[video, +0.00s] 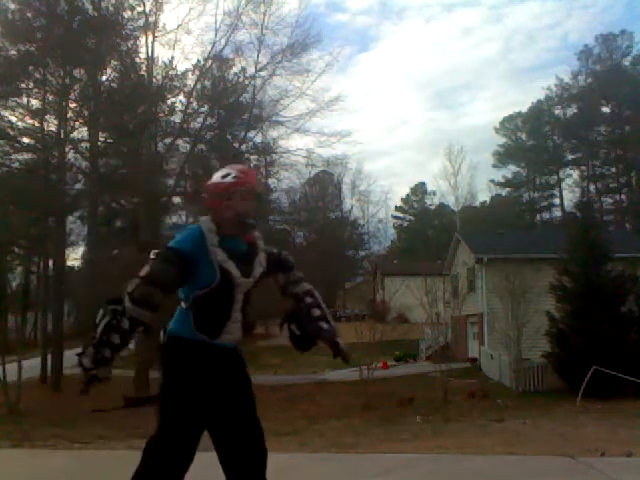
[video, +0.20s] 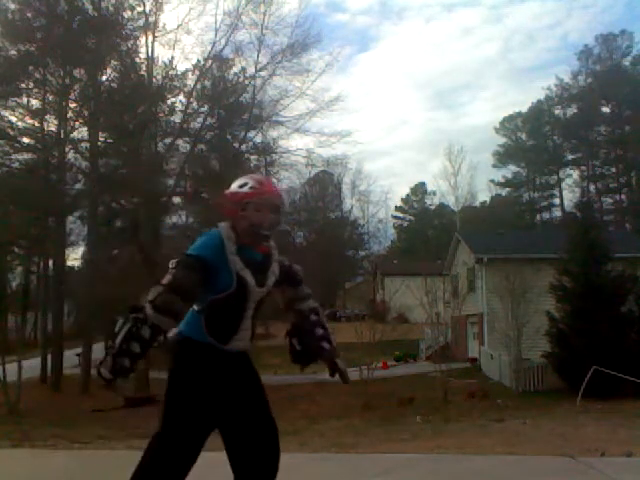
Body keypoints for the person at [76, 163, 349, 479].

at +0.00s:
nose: (251, 208)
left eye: (253, 200)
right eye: (243, 200)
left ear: (250, 204)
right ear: (221, 203)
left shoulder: (253, 248)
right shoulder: (193, 241)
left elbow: (289, 277)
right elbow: (145, 293)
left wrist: (313, 318)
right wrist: (103, 350)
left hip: (228, 357)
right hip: (187, 355)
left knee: (247, 449)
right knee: (173, 448)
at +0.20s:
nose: (266, 219)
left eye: (272, 212)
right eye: (257, 210)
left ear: (278, 217)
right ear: (237, 211)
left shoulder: (267, 256)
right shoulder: (212, 247)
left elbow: (295, 289)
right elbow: (172, 294)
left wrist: (310, 326)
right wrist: (134, 341)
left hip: (236, 361)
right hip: (196, 358)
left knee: (259, 447)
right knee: (176, 446)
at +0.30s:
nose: (274, 222)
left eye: (280, 214)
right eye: (266, 213)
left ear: (285, 218)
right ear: (245, 215)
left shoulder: (274, 255)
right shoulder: (224, 252)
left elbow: (294, 299)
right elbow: (185, 310)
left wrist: (303, 344)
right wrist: (158, 373)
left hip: (246, 365)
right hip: (208, 363)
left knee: (268, 448)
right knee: (182, 449)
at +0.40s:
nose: (285, 219)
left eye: (290, 212)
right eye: (278, 211)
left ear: (292, 214)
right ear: (257, 212)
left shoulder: (280, 250)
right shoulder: (237, 249)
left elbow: (291, 310)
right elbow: (219, 317)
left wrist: (291, 365)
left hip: (260, 367)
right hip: (228, 366)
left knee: (274, 454)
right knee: (202, 447)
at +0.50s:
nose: (288, 216)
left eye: (294, 208)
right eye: (280, 208)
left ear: (299, 211)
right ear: (263, 210)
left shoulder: (284, 248)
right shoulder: (247, 244)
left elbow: (277, 305)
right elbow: (239, 304)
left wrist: (274, 356)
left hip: (262, 351)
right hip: (230, 348)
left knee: (276, 441)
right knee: (239, 438)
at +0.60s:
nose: (300, 213)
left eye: (304, 205)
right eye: (293, 205)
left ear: (305, 208)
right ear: (273, 207)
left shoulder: (282, 244)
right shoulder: (255, 241)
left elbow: (290, 295)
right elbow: (262, 301)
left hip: (263, 339)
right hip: (237, 339)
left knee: (277, 436)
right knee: (260, 435)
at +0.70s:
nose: (303, 212)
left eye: (307, 204)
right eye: (295, 203)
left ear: (310, 207)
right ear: (277, 206)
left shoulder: (287, 242)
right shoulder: (264, 237)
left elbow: (305, 289)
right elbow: (282, 289)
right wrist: (304, 322)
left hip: (262, 338)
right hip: (242, 338)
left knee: (281, 431)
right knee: (273, 433)